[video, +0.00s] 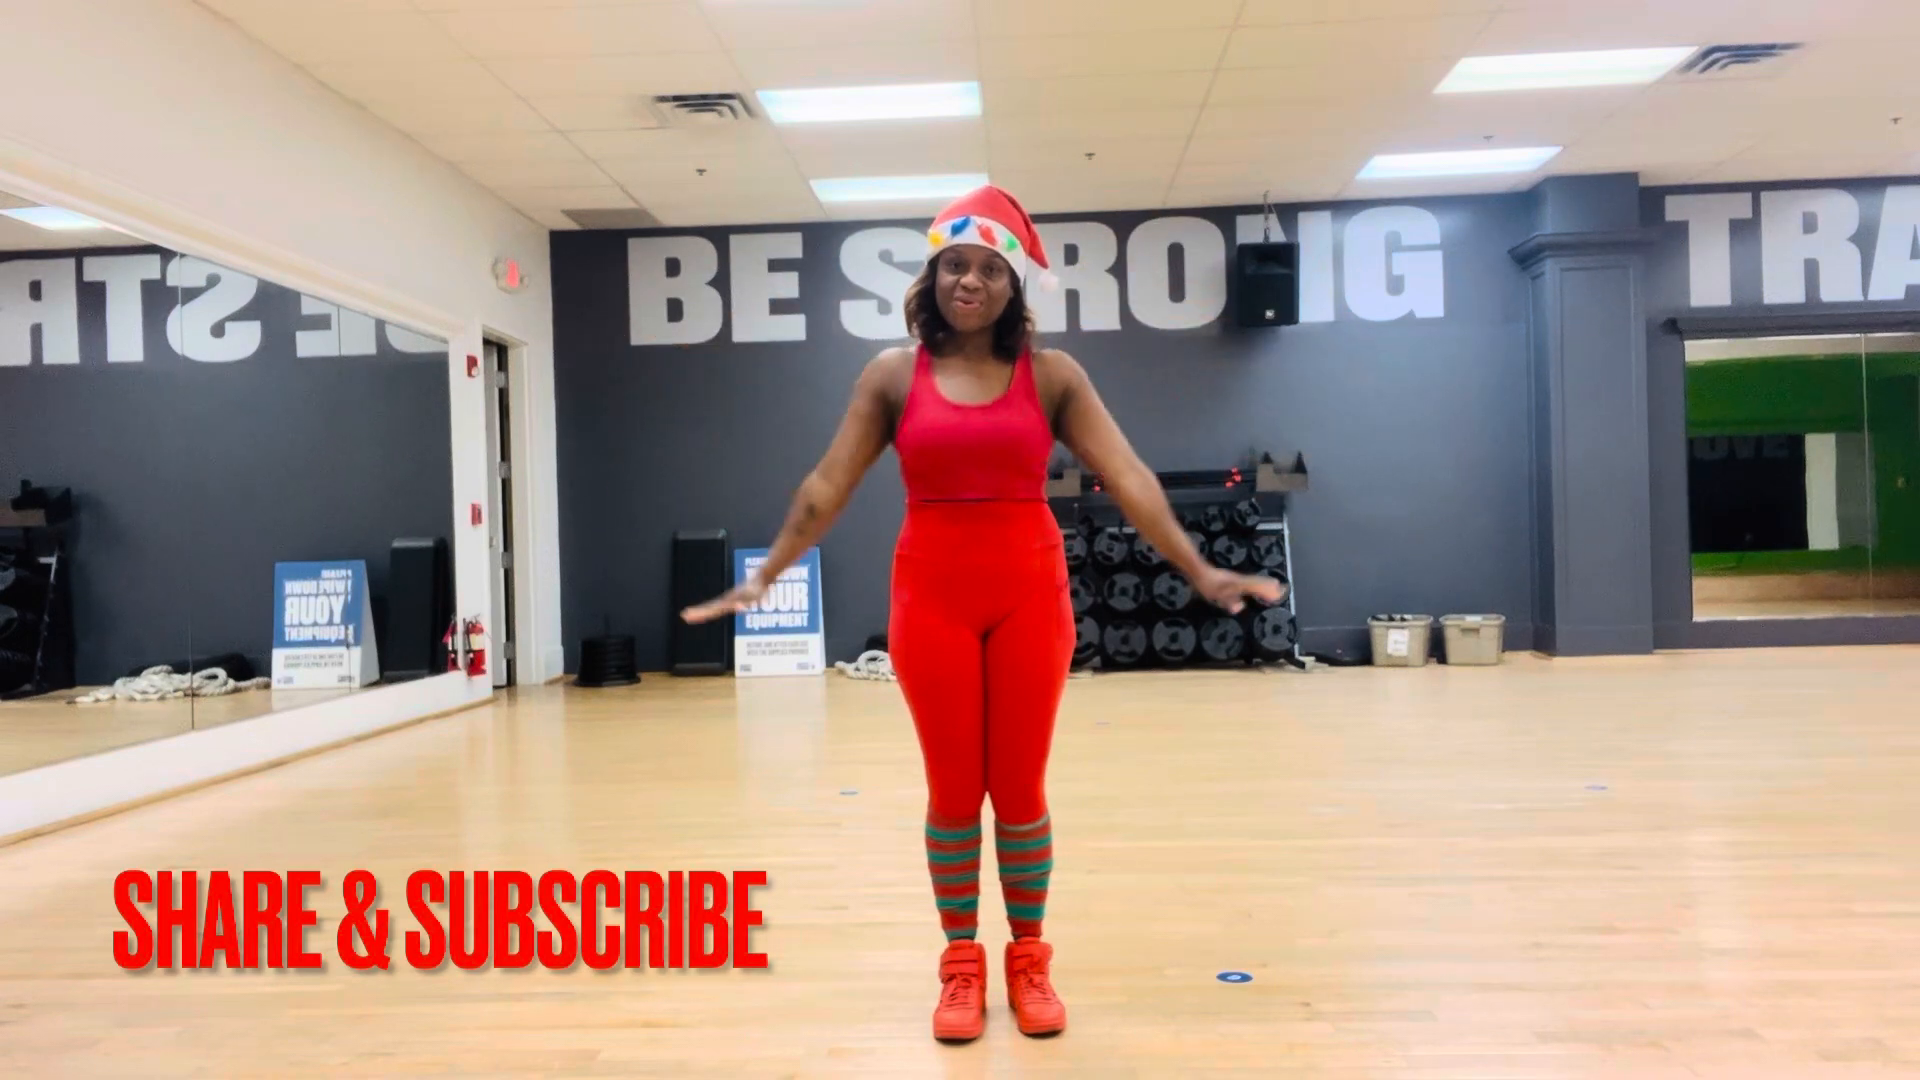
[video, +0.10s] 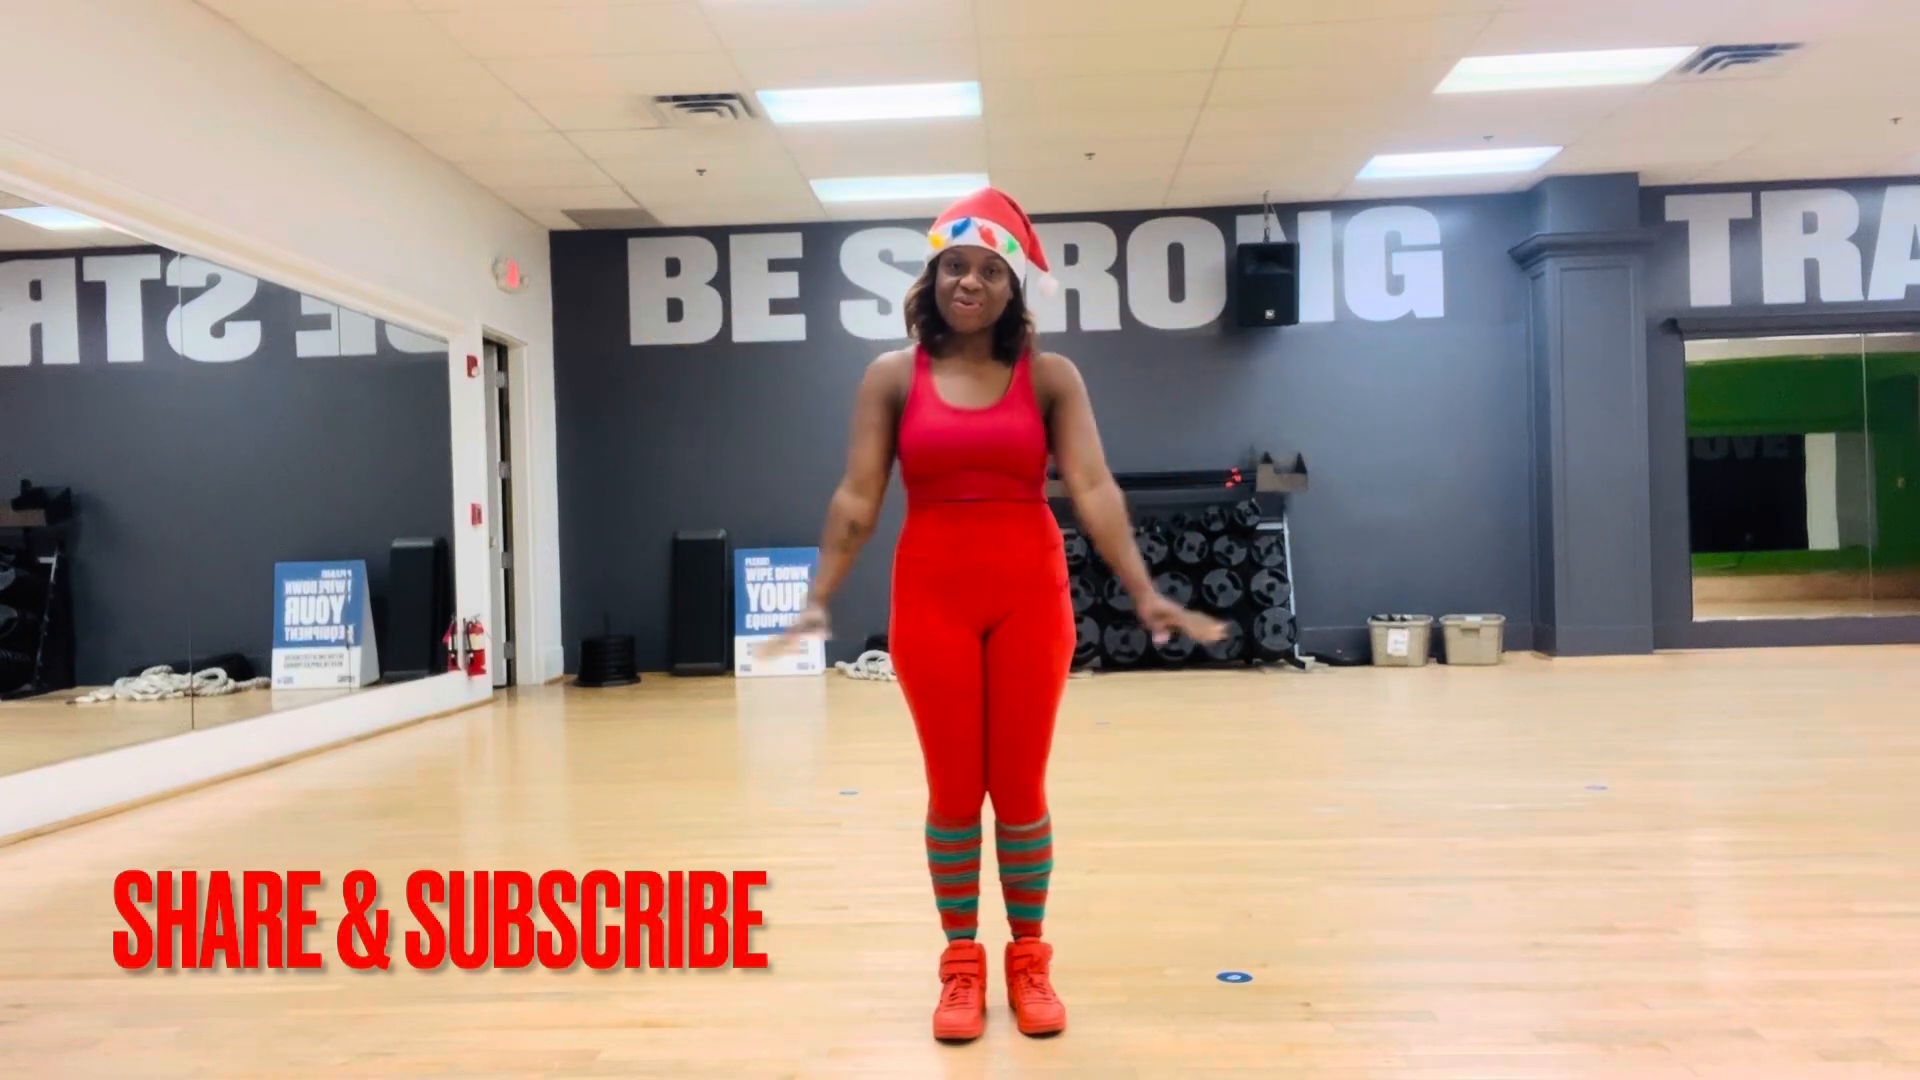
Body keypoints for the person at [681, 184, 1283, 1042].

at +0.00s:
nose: (966, 283)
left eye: (985, 270)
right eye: (953, 266)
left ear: (1012, 285)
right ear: (932, 277)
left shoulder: (1050, 373)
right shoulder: (894, 374)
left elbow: (1126, 475)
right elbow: (827, 485)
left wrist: (1202, 569)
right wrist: (764, 576)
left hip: (1030, 590)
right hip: (931, 592)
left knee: (1019, 785)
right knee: (954, 786)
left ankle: (1030, 963)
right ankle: (962, 965)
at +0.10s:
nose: (969, 282)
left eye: (988, 270)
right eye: (955, 265)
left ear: (1012, 285)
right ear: (932, 277)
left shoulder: (1049, 375)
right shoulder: (894, 377)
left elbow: (1093, 483)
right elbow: (856, 498)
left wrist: (1143, 592)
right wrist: (818, 598)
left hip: (1031, 592)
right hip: (931, 593)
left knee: (1019, 785)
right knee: (955, 786)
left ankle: (1029, 964)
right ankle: (961, 965)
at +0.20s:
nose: (967, 282)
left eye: (987, 270)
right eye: (954, 265)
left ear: (1011, 287)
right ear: (931, 277)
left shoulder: (1049, 375)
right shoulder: (892, 376)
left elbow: (1067, 485)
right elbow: (882, 494)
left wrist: (1073, 585)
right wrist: (878, 596)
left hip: (1029, 592)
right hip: (930, 596)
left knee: (1019, 785)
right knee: (955, 788)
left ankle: (1030, 963)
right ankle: (962, 966)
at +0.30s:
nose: (964, 284)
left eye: (983, 272)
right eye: (950, 268)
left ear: (1008, 288)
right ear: (929, 281)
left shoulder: (1045, 371)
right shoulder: (892, 374)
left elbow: (1064, 478)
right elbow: (884, 485)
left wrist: (988, 544)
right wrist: (928, 557)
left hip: (1033, 592)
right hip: (933, 594)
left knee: (1021, 782)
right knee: (955, 783)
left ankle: (1030, 966)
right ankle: (962, 968)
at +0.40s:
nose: (965, 280)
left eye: (983, 266)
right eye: (949, 265)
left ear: (1007, 279)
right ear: (927, 280)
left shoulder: (1044, 368)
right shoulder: (892, 374)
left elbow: (1064, 480)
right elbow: (880, 495)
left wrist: (944, 472)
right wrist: (978, 524)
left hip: (1034, 590)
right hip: (936, 592)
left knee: (1021, 782)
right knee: (956, 784)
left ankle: (1031, 966)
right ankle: (963, 969)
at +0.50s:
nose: (966, 270)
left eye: (977, 255)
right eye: (945, 262)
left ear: (1002, 268)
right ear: (922, 285)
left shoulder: (1045, 365)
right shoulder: (892, 375)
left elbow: (1071, 482)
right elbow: (876, 495)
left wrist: (966, 456)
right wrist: (969, 504)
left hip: (1032, 592)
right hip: (934, 596)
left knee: (1019, 782)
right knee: (955, 785)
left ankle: (1031, 966)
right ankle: (962, 969)